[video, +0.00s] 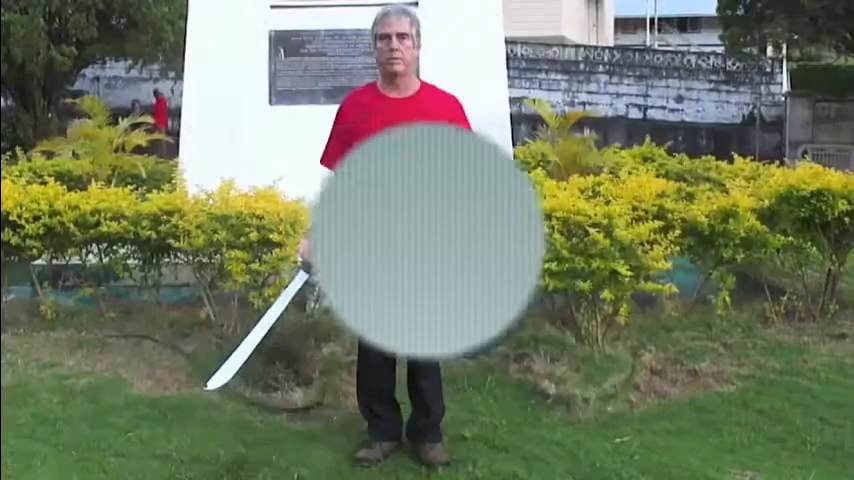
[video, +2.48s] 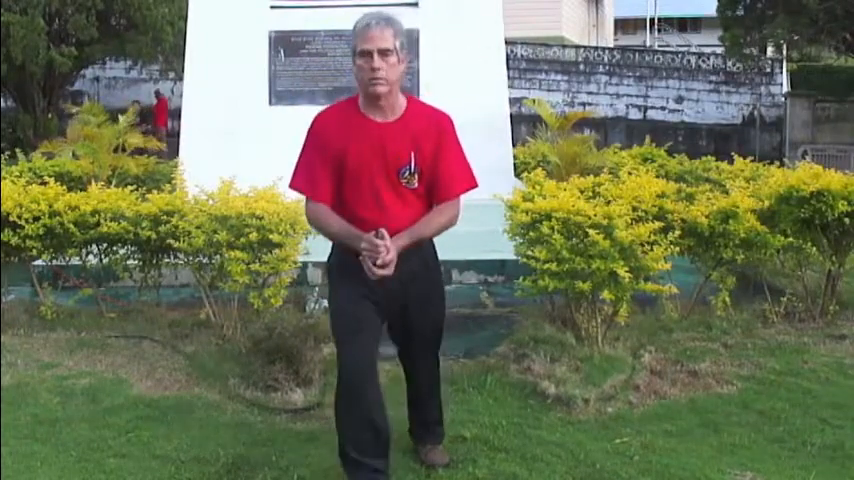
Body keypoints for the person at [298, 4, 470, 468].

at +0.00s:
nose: (393, 45)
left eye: (403, 37)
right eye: (384, 38)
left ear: (418, 45)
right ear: (373, 48)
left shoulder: (447, 105)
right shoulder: (355, 105)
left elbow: (467, 181)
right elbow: (334, 182)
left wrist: (471, 240)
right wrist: (315, 237)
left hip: (430, 236)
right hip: (372, 237)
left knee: (426, 335)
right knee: (375, 337)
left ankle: (428, 434)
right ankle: (382, 432)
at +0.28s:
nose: (394, 46)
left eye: (403, 38)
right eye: (385, 39)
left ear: (418, 46)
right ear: (374, 48)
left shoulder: (443, 106)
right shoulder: (356, 106)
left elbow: (474, 172)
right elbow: (336, 175)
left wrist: (514, 218)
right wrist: (301, 222)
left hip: (423, 233)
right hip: (368, 232)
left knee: (422, 340)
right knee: (373, 339)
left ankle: (428, 435)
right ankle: (382, 432)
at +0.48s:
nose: (395, 47)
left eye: (404, 38)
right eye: (386, 39)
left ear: (419, 47)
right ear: (374, 48)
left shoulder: (445, 106)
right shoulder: (356, 105)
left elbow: (493, 161)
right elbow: (323, 168)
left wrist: (539, 157)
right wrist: (278, 191)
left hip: (424, 233)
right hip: (369, 232)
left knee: (422, 339)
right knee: (374, 339)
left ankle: (428, 435)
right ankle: (382, 433)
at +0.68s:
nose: (395, 47)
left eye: (405, 38)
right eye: (386, 39)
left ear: (420, 46)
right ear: (375, 48)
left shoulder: (448, 105)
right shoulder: (355, 105)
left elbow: (498, 147)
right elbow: (310, 157)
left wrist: (514, 105)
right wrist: (275, 141)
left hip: (424, 232)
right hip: (370, 232)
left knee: (423, 340)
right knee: (374, 339)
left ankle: (428, 435)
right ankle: (381, 433)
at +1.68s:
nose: (409, 50)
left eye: (419, 41)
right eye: (400, 41)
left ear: (433, 48)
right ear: (389, 50)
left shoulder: (455, 105)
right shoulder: (369, 102)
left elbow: (493, 176)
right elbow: (318, 163)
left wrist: (482, 123)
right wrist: (325, 136)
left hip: (439, 237)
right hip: (381, 237)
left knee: (432, 343)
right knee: (370, 340)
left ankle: (427, 436)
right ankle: (380, 433)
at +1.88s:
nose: (410, 52)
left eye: (419, 43)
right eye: (401, 44)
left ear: (433, 50)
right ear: (389, 51)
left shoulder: (462, 113)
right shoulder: (367, 111)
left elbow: (477, 188)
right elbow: (339, 180)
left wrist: (446, 189)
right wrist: (365, 177)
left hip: (441, 244)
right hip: (382, 244)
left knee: (433, 347)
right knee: (372, 343)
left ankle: (428, 439)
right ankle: (377, 452)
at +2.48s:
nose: (375, 64)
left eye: (386, 55)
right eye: (365, 55)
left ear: (403, 62)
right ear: (353, 63)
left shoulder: (434, 124)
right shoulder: (329, 124)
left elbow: (450, 208)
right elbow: (315, 207)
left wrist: (398, 243)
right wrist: (360, 240)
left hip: (416, 263)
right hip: (351, 266)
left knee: (423, 359)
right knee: (355, 367)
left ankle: (429, 440)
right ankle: (366, 470)